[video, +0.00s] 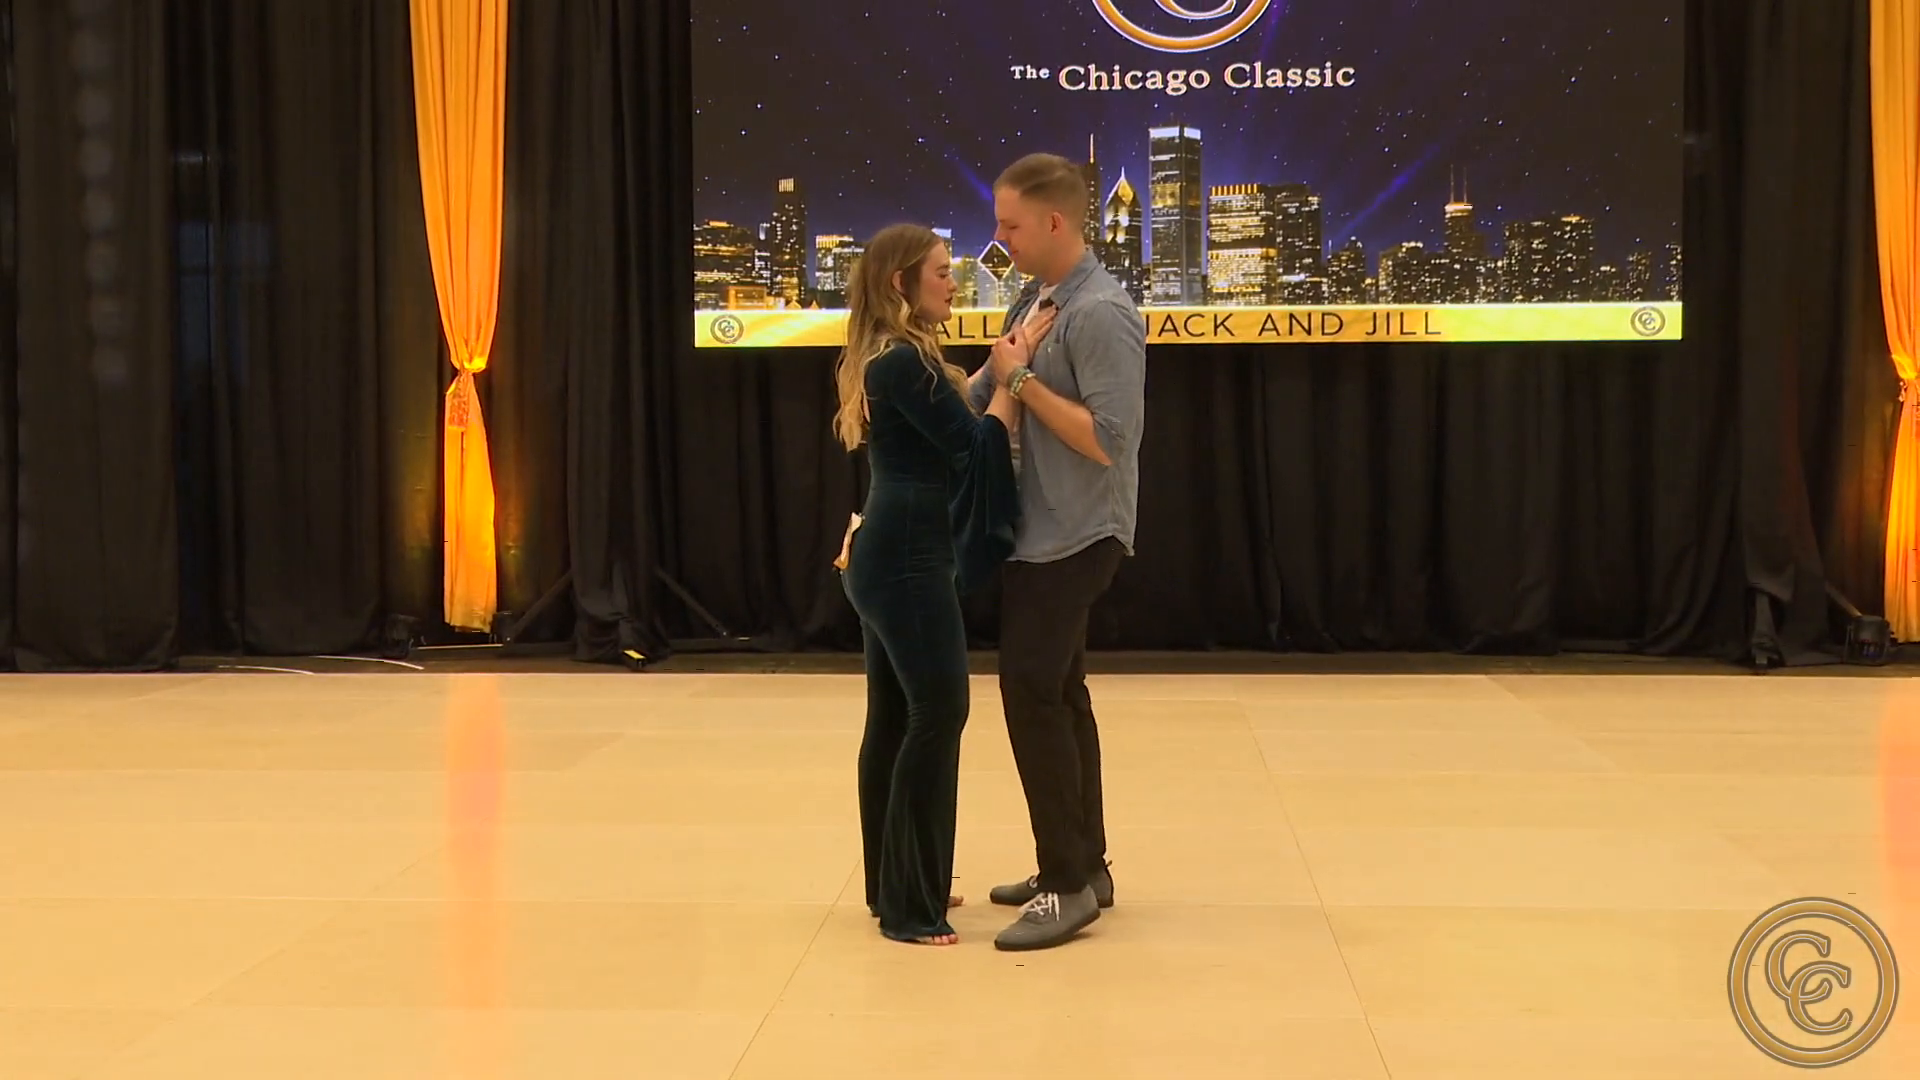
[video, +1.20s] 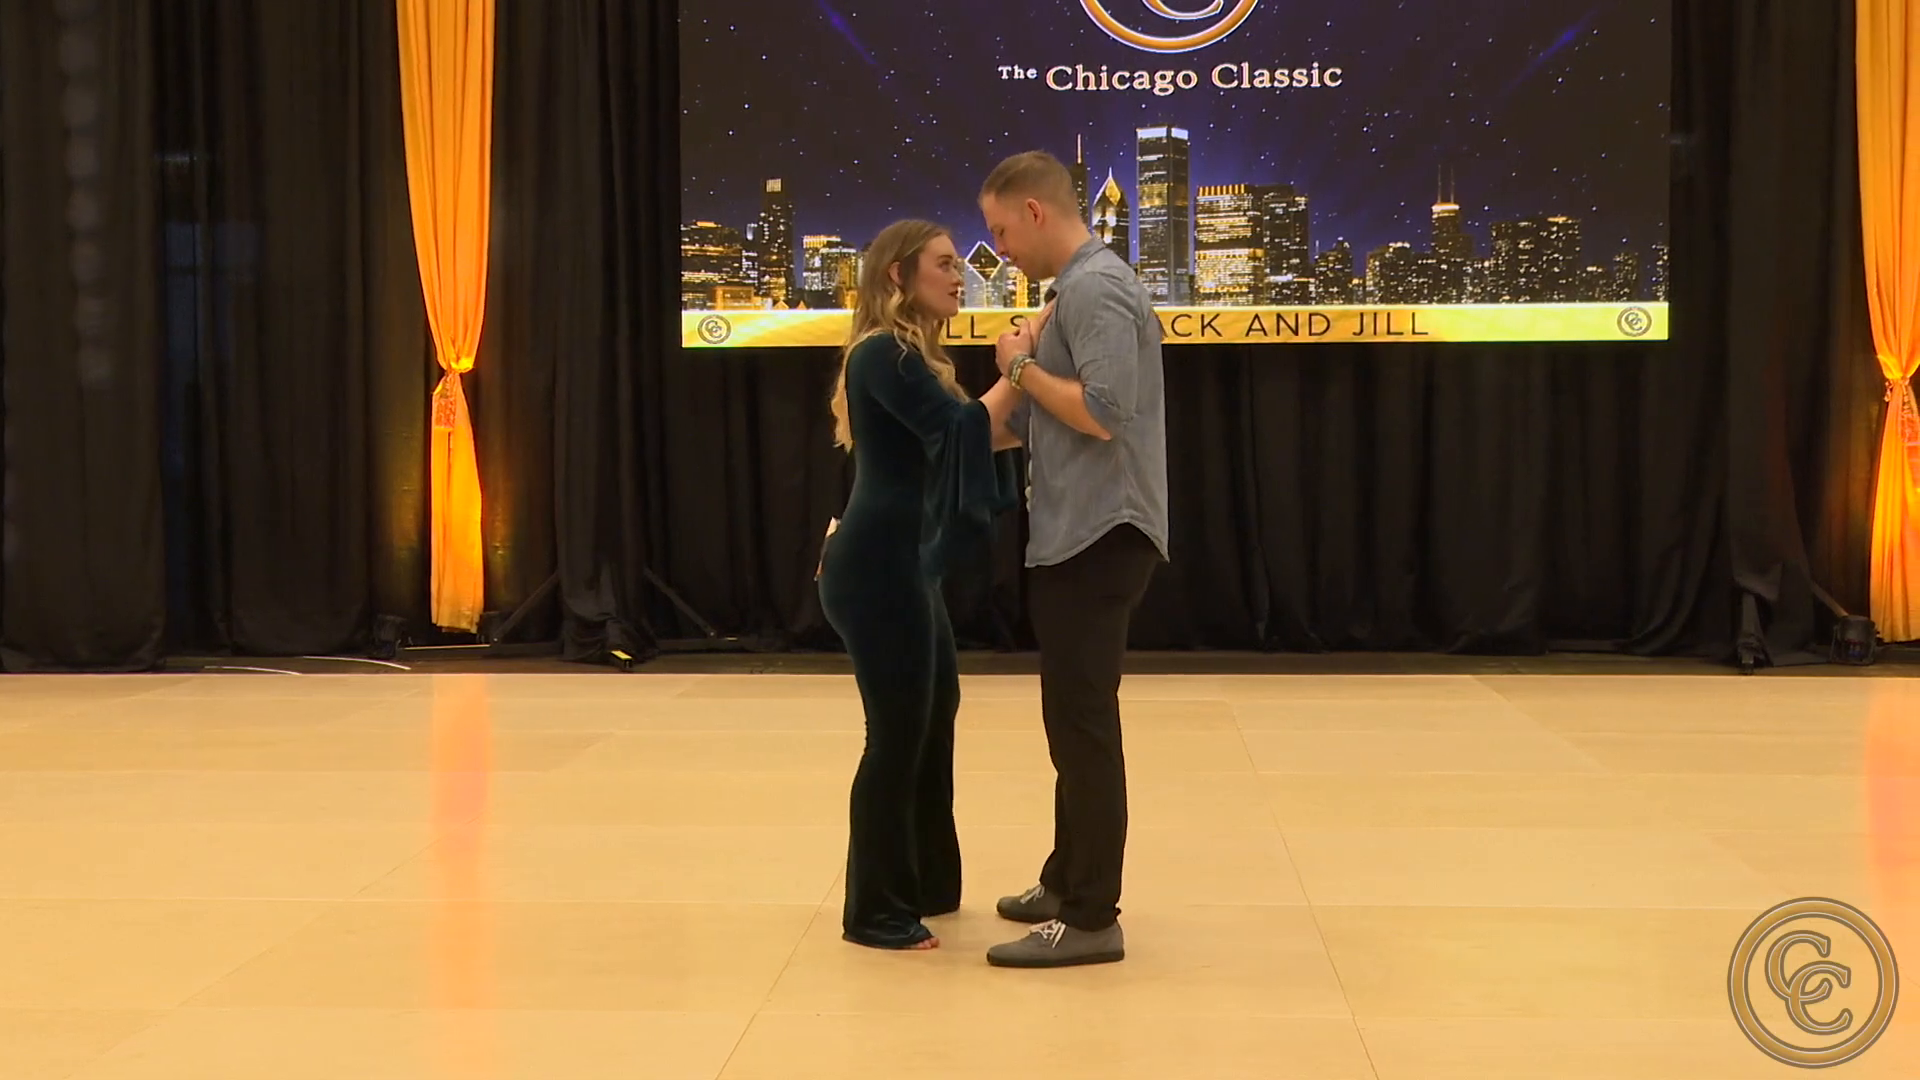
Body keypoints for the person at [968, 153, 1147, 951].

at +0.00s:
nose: (1003, 242)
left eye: (1011, 227)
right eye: (1001, 228)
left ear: (1058, 223)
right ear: (1047, 225)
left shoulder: (1102, 312)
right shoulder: (1038, 306)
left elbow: (1108, 444)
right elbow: (1001, 409)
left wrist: (1021, 379)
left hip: (1078, 535)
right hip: (1042, 530)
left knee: (1032, 692)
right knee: (1059, 695)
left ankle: (1073, 883)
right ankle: (1077, 866)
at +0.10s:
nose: (999, 246)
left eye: (1006, 231)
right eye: (996, 232)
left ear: (1053, 223)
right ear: (1046, 227)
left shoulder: (1101, 313)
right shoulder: (1036, 308)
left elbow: (1109, 443)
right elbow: (993, 406)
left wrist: (1022, 379)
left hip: (1080, 536)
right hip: (1044, 532)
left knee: (1043, 701)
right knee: (1062, 698)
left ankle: (1070, 887)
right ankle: (1079, 865)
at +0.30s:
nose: (992, 253)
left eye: (999, 238)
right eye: (988, 240)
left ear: (1045, 225)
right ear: (1034, 231)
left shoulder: (1098, 312)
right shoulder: (1027, 306)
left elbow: (1108, 444)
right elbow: (980, 404)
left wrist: (1020, 381)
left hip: (1079, 539)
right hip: (1035, 533)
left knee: (1067, 711)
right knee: (1053, 707)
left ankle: (1069, 890)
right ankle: (1077, 864)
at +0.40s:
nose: (993, 256)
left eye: (998, 241)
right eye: (988, 243)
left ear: (1044, 226)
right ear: (1033, 231)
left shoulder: (1098, 312)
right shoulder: (1027, 306)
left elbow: (1110, 445)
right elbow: (979, 404)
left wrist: (1021, 383)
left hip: (1081, 537)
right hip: (1037, 532)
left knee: (1063, 704)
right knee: (1050, 702)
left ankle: (1071, 887)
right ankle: (1074, 863)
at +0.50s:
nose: (992, 257)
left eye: (997, 241)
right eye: (988, 243)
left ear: (1043, 227)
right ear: (1038, 231)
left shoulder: (1099, 311)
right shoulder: (1032, 305)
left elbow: (1113, 445)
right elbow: (979, 398)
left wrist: (1024, 385)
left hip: (1084, 532)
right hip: (1045, 527)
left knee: (1058, 699)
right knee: (1051, 698)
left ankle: (1081, 892)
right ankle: (1071, 867)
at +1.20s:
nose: (999, 250)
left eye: (999, 232)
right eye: (994, 236)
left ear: (1035, 213)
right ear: (1043, 211)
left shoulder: (1098, 289)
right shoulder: (1076, 295)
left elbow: (1104, 413)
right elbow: (1038, 421)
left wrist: (1023, 367)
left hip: (1100, 533)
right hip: (1078, 531)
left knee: (1085, 726)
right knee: (1073, 723)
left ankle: (1091, 919)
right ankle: (1071, 888)